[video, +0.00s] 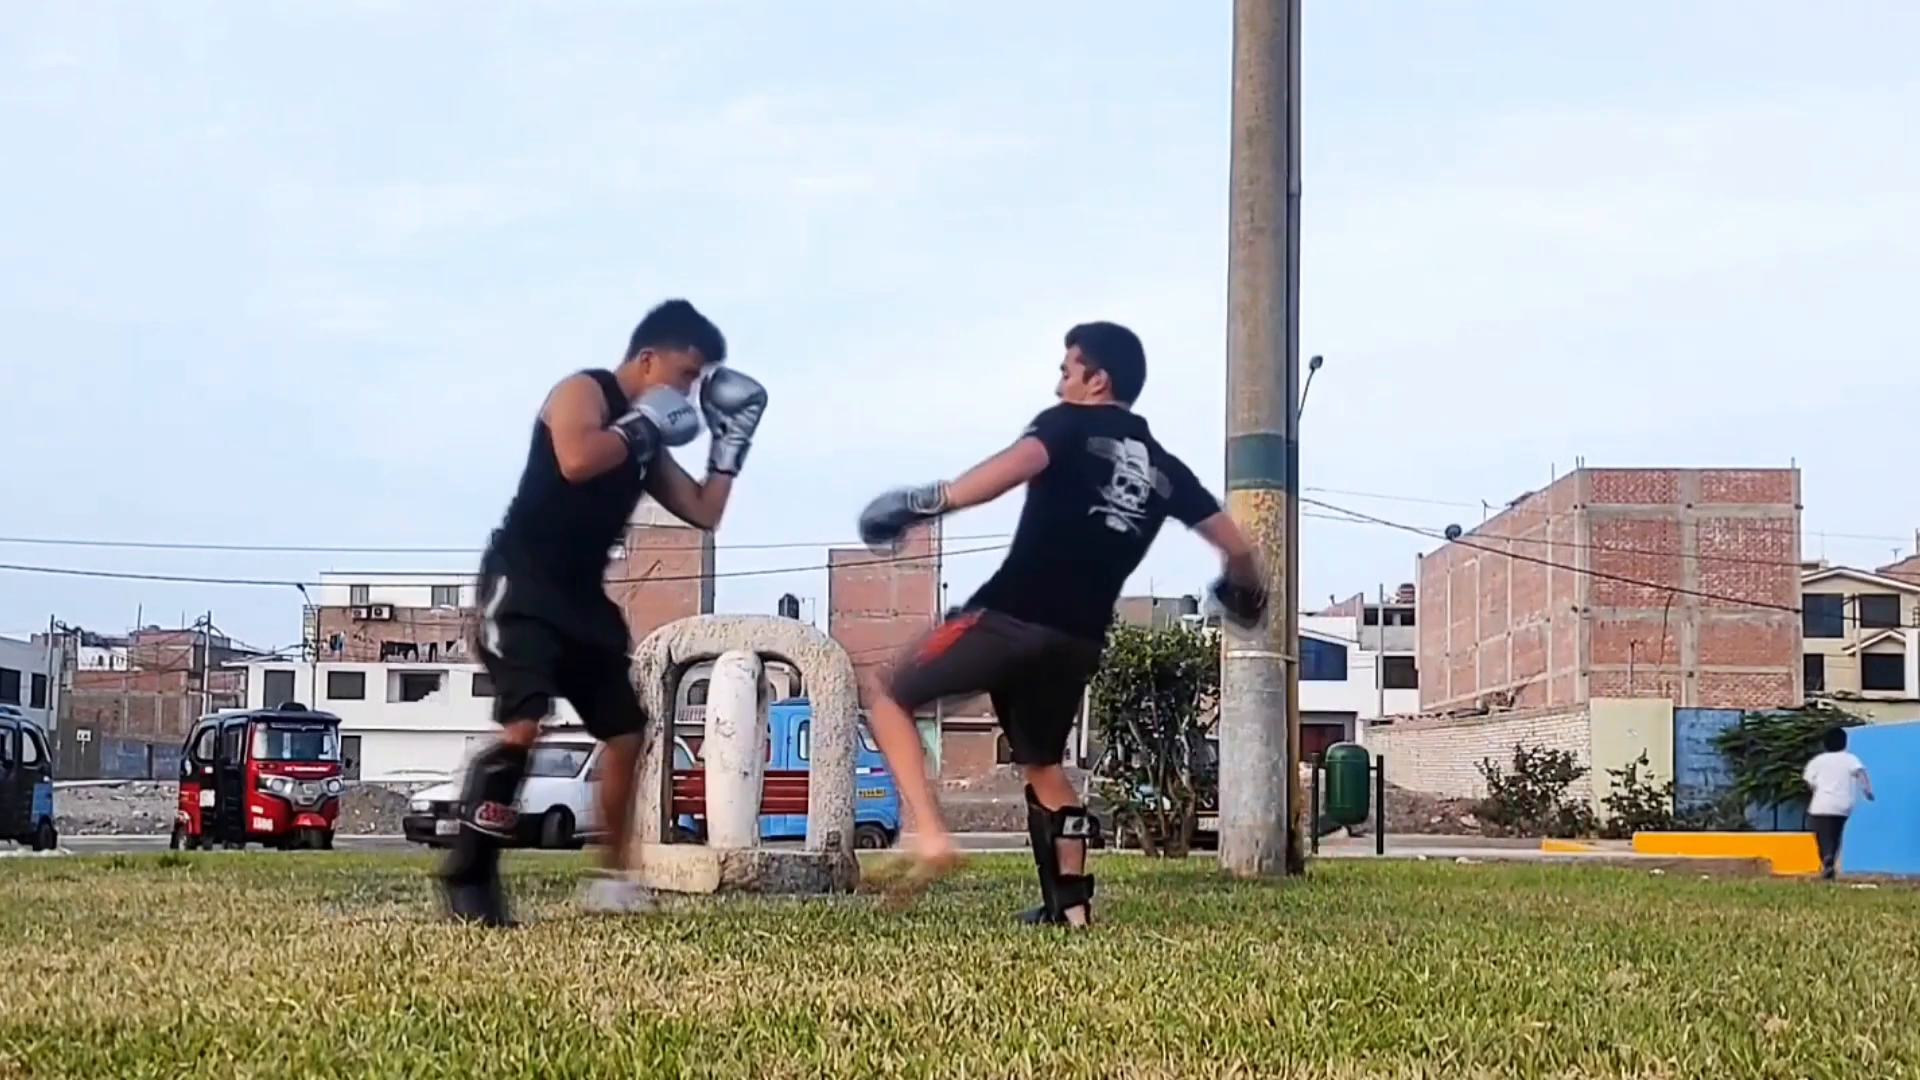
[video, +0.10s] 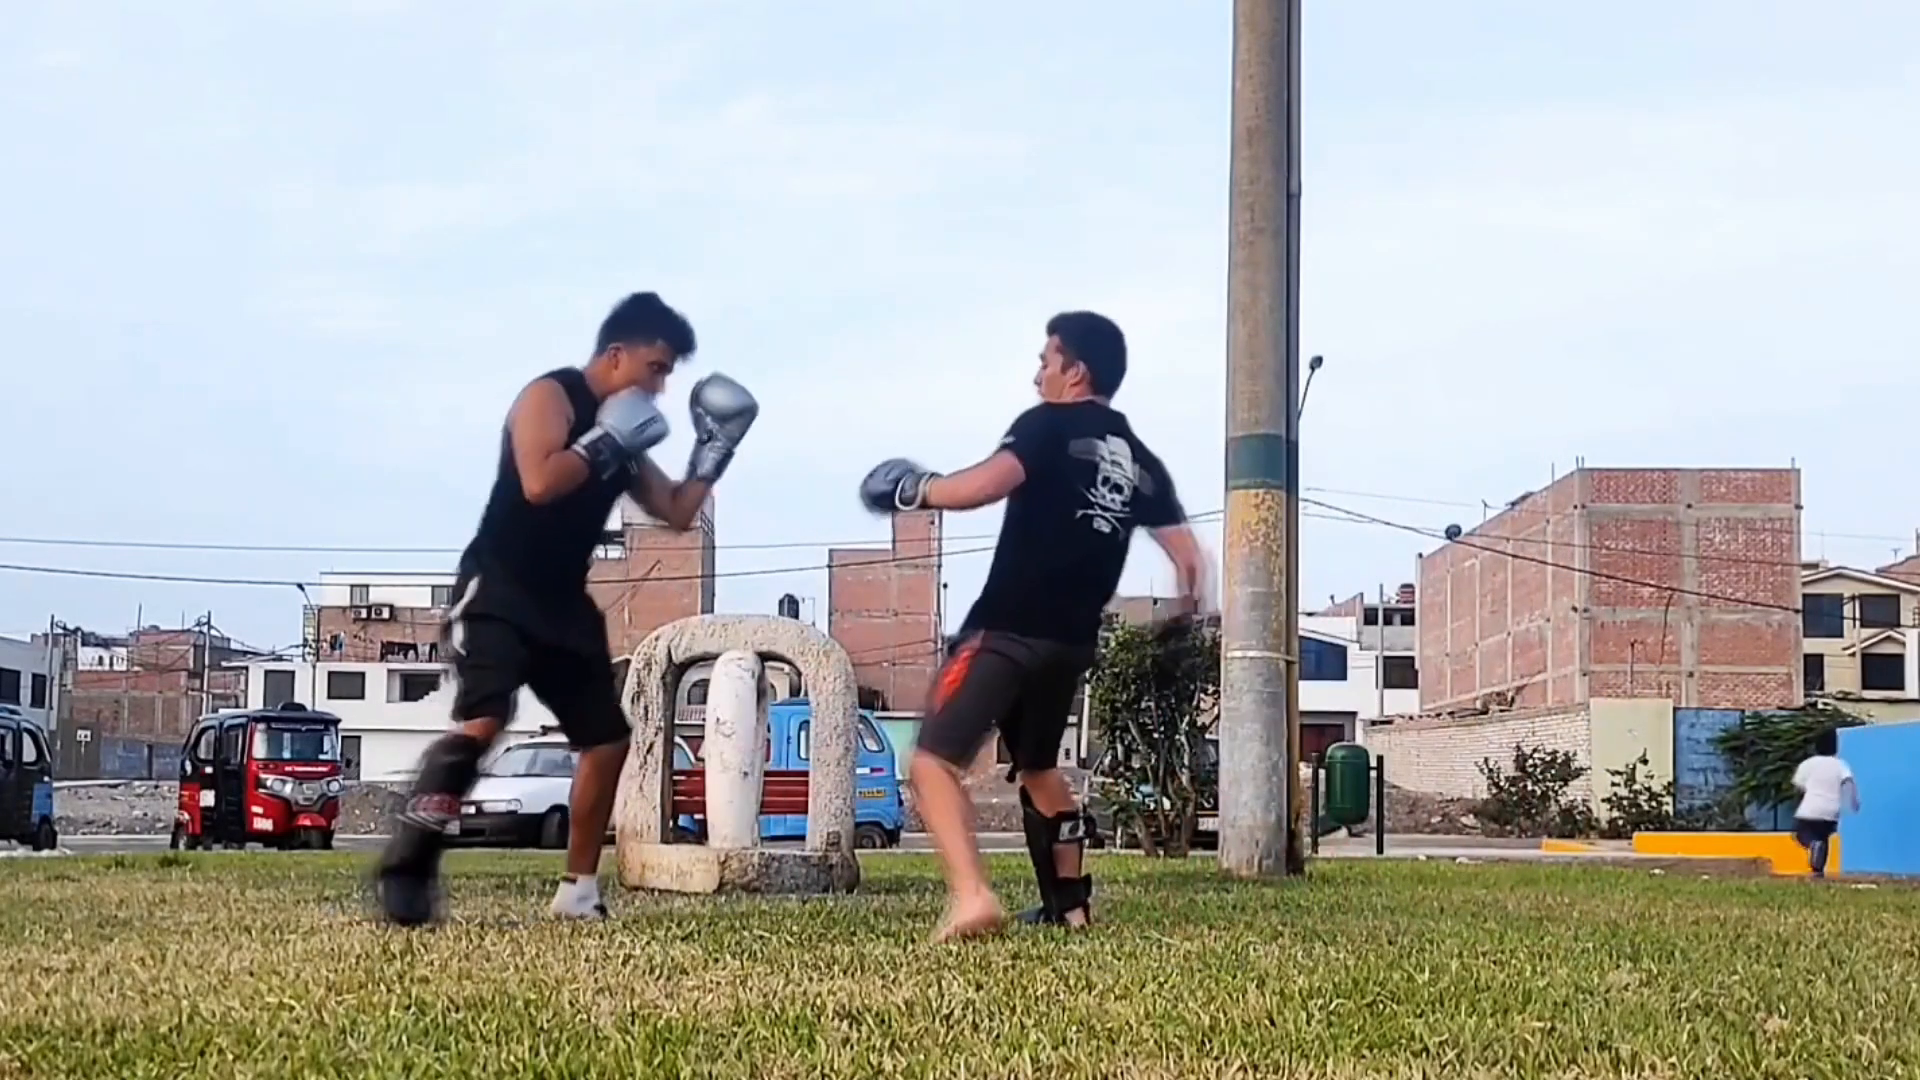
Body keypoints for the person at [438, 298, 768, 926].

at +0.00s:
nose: (688, 392)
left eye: (696, 381)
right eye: (685, 374)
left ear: (663, 368)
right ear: (648, 355)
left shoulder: (639, 438)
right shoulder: (581, 392)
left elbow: (704, 512)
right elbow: (576, 460)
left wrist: (730, 441)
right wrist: (642, 425)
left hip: (580, 595)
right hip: (521, 582)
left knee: (625, 731)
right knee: (524, 720)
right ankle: (470, 873)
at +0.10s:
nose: (662, 385)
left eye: (668, 373)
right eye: (657, 368)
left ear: (629, 360)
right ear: (617, 351)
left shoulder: (615, 430)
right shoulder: (548, 397)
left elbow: (677, 511)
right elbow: (539, 483)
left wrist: (712, 449)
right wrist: (609, 440)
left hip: (563, 603)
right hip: (498, 589)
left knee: (606, 742)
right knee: (484, 718)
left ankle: (579, 893)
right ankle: (407, 863)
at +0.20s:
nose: (619, 394)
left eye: (625, 380)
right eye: (614, 375)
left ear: (578, 369)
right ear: (571, 363)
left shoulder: (585, 442)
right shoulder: (502, 420)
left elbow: (634, 533)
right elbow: (505, 515)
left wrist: (672, 481)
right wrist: (575, 457)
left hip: (547, 627)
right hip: (479, 621)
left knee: (599, 755)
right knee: (449, 747)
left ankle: (580, 903)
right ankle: (359, 901)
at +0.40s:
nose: (551, 356)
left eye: (557, 343)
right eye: (546, 339)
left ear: (511, 332)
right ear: (501, 327)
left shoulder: (495, 398)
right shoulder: (449, 375)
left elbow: (474, 490)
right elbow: (424, 467)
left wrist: (537, 474)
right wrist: (506, 440)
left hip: (448, 580)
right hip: (410, 576)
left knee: (487, 721)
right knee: (459, 719)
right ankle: (384, 884)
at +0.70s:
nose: (430, 364)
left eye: (436, 351)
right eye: (424, 346)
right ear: (377, 332)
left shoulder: (380, 420)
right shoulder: (319, 377)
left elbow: (434, 510)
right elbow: (251, 457)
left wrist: (465, 445)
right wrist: (344, 452)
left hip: (307, 586)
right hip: (267, 578)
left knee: (303, 753)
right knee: (348, 718)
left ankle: (246, 902)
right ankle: (335, 883)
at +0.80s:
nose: (381, 351)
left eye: (387, 338)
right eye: (374, 333)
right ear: (327, 316)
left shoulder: (339, 408)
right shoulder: (262, 369)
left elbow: (428, 468)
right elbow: (202, 457)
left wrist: (451, 389)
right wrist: (296, 439)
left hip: (277, 578)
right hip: (225, 566)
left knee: (293, 740)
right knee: (283, 718)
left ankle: (242, 903)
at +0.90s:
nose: (331, 340)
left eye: (337, 327)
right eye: (322, 322)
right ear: (274, 309)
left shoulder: (300, 400)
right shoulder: (206, 367)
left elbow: (396, 443)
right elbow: (163, 461)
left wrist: (406, 363)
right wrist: (253, 430)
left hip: (249, 584)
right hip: (182, 570)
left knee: (276, 746)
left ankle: (240, 912)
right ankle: (56, 849)